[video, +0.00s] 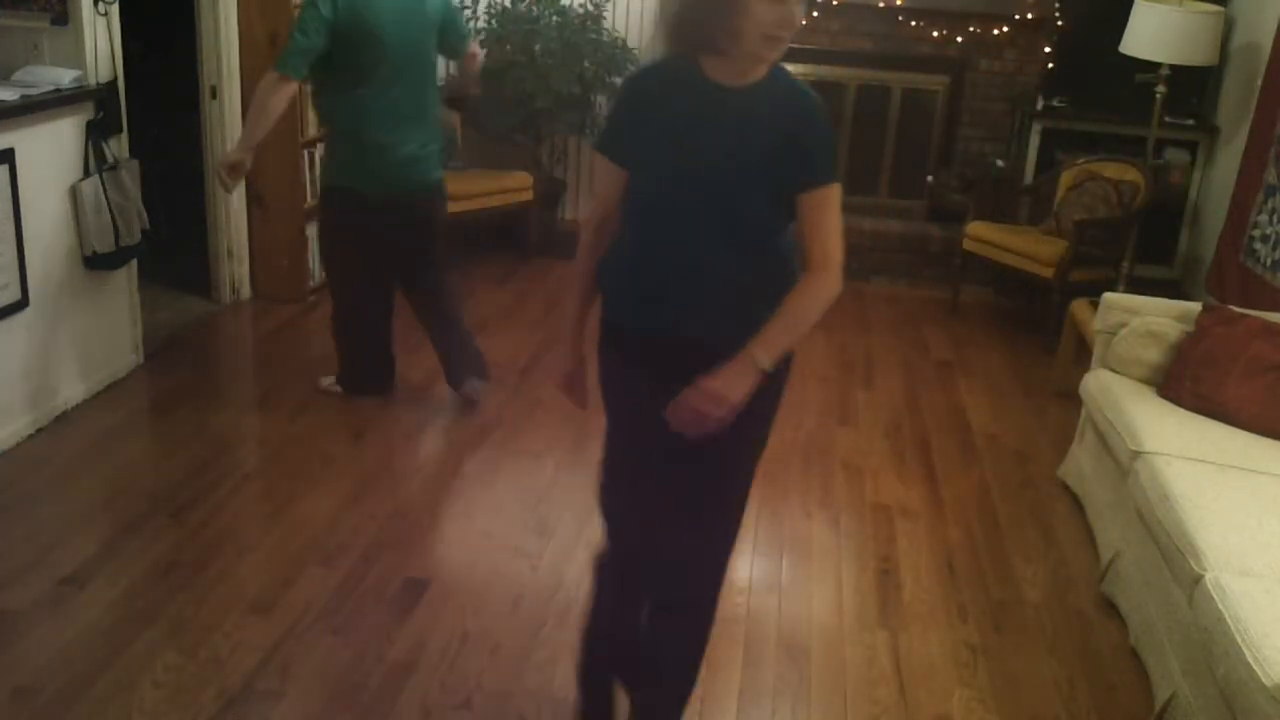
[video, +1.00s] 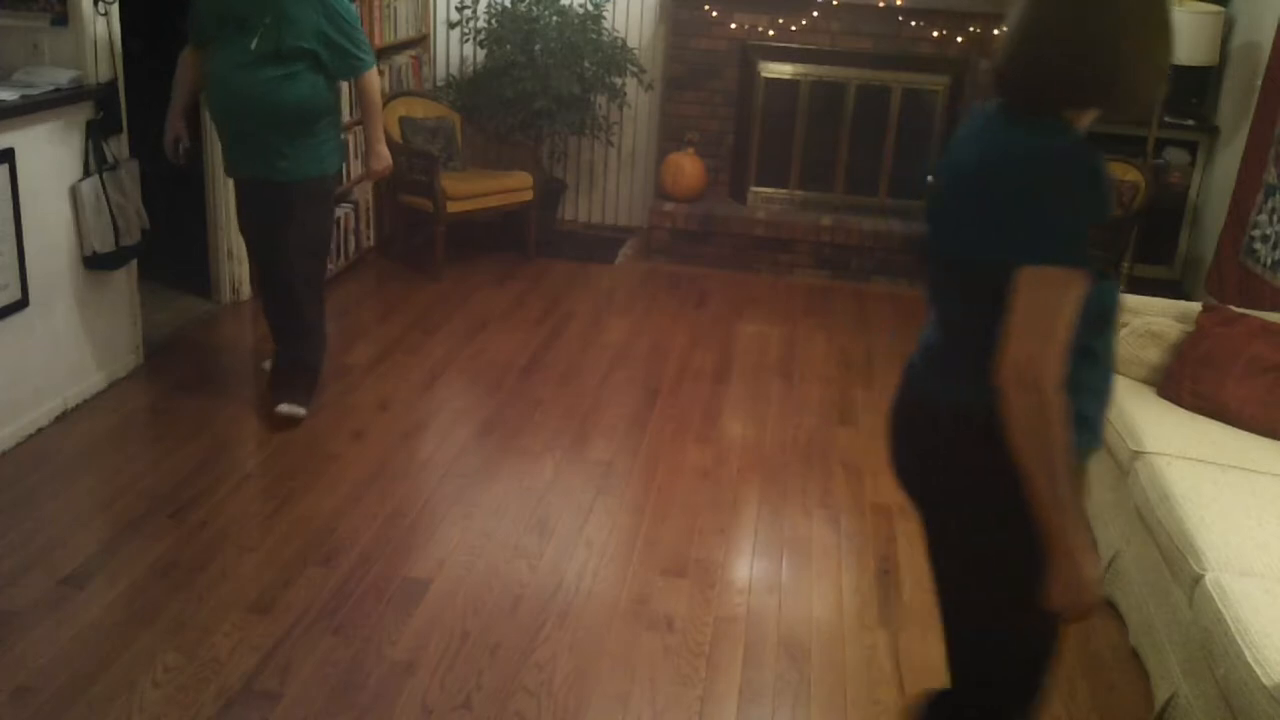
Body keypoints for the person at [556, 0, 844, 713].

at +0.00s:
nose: (791, 18)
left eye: (799, 5)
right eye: (774, 0)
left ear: (803, 16)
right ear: (723, 5)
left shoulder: (797, 111)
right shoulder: (649, 90)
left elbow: (824, 273)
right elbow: (599, 221)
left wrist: (744, 369)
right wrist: (572, 338)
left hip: (744, 353)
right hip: (639, 339)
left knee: (700, 549)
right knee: (631, 533)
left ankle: (660, 703)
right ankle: (600, 681)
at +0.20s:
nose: (849, 38)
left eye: (855, 22)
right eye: (835, 17)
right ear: (778, 16)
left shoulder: (841, 137)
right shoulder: (684, 114)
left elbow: (884, 285)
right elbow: (618, 248)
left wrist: (878, 400)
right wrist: (578, 365)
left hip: (783, 374)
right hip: (672, 364)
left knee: (712, 574)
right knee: (697, 580)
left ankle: (655, 703)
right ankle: (720, 709)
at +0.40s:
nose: (925, 48)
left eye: (928, 31)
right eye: (916, 27)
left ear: (872, 36)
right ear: (863, 28)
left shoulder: (888, 149)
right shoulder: (748, 134)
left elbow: (931, 301)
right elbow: (658, 285)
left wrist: (1002, 421)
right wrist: (613, 431)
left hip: (836, 412)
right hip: (736, 409)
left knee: (803, 620)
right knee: (768, 631)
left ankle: (675, 692)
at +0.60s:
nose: (1017, 56)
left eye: (1022, 37)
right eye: (1012, 33)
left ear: (954, 38)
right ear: (960, 35)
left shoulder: (911, 143)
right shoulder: (852, 145)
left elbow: (949, 313)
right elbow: (755, 319)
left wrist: (1033, 435)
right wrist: (755, 505)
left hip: (879, 442)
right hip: (823, 445)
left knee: (917, 629)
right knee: (829, 658)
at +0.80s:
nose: (1082, 74)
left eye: (1085, 54)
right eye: (1079, 53)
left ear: (984, 44)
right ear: (1044, 60)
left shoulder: (955, 140)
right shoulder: (958, 160)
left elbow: (953, 333)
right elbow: (893, 363)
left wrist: (1005, 444)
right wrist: (924, 545)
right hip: (895, 449)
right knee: (944, 665)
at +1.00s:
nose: (1155, 77)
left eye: (1155, 59)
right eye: (1150, 58)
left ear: (1039, 43)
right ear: (1120, 64)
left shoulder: (989, 133)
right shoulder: (1064, 170)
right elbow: (1028, 376)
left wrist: (1092, 192)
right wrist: (1069, 544)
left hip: (941, 410)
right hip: (993, 436)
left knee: (985, 671)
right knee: (1004, 686)